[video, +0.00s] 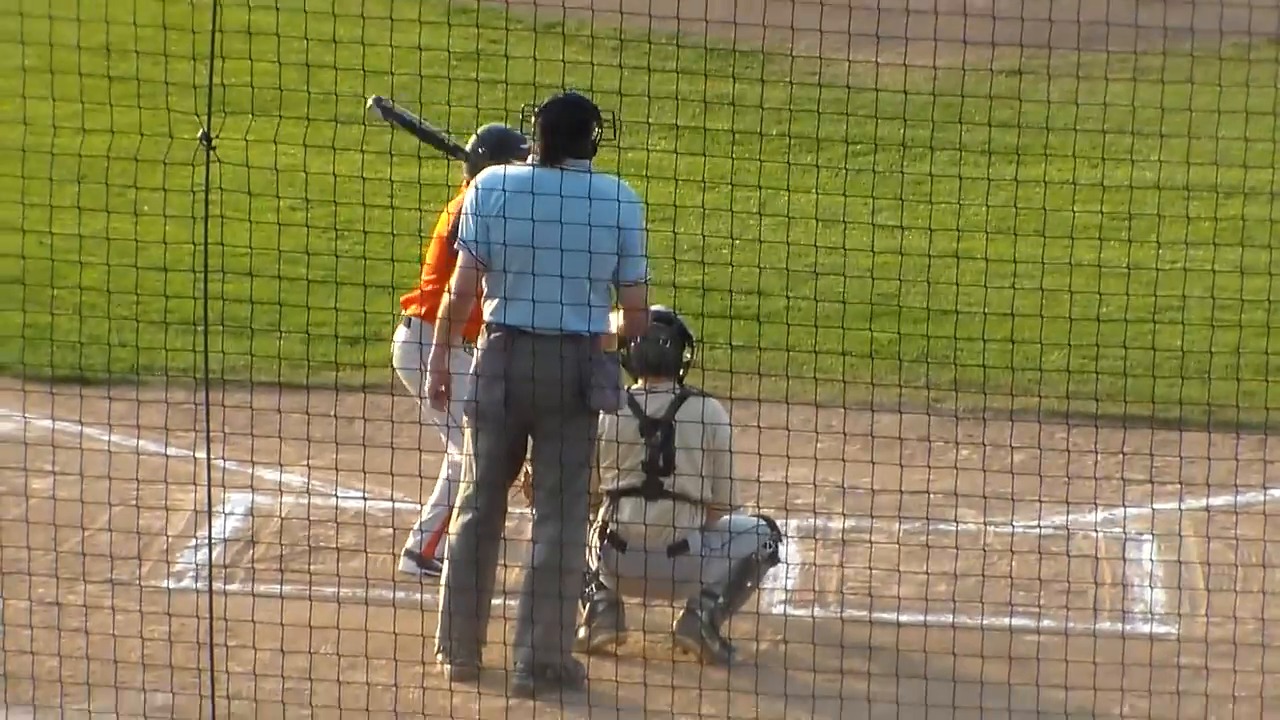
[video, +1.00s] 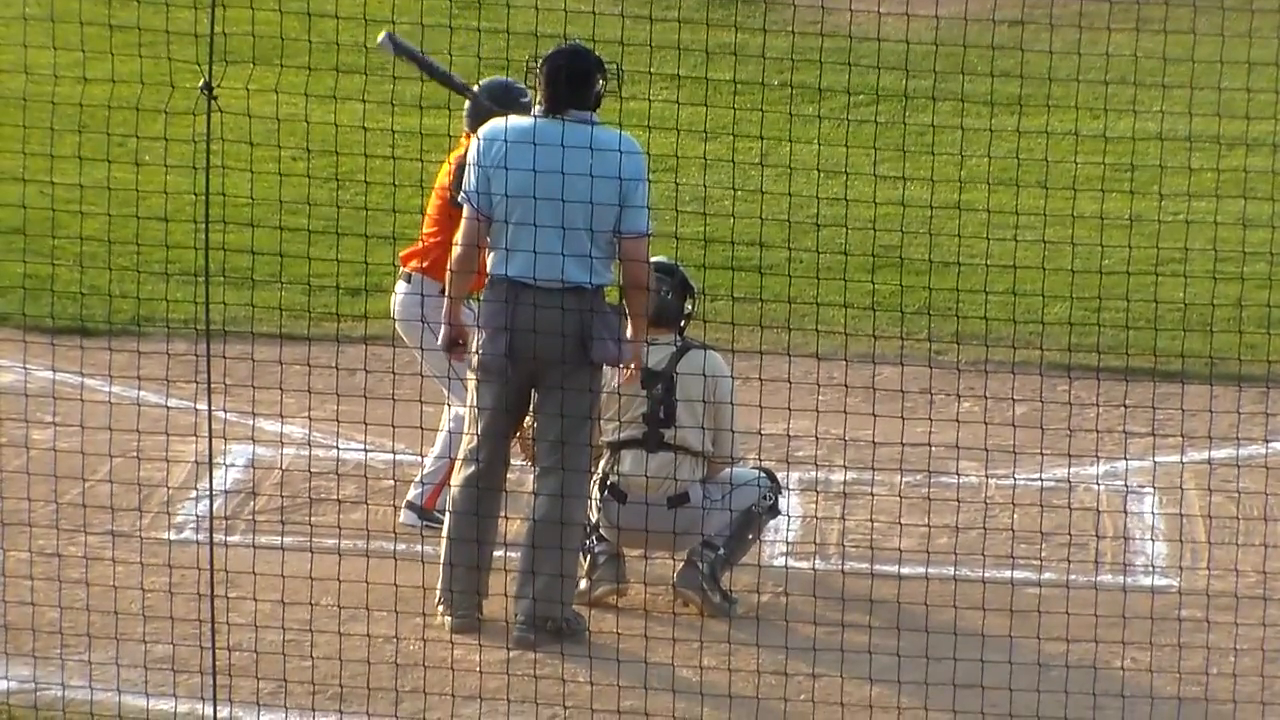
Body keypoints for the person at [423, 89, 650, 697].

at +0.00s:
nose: (592, 145)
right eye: (594, 138)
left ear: (538, 138)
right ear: (593, 142)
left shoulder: (492, 186)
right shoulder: (621, 201)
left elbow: (462, 290)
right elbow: (636, 315)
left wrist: (440, 357)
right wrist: (610, 341)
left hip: (501, 359)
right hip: (575, 364)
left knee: (478, 504)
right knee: (561, 512)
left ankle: (460, 650)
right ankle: (542, 661)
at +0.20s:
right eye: (592, 115)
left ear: (539, 115)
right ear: (593, 119)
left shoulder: (493, 164)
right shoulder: (622, 178)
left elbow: (464, 264)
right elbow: (639, 286)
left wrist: (435, 330)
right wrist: (646, 383)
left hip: (503, 337)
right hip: (575, 343)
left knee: (481, 478)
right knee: (563, 489)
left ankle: (461, 623)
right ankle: (544, 635)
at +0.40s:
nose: (594, 114)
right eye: (597, 106)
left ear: (539, 105)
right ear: (595, 110)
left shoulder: (493, 152)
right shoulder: (621, 167)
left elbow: (462, 254)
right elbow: (639, 277)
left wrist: (439, 327)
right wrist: (647, 372)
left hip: (502, 326)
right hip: (575, 332)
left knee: (480, 470)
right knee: (562, 479)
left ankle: (458, 615)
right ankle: (542, 625)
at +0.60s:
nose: (605, 101)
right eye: (604, 94)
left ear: (543, 91)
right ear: (599, 97)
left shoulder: (496, 139)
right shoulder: (624, 155)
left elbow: (469, 244)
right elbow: (634, 264)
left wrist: (449, 316)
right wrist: (636, 348)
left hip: (506, 314)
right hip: (579, 321)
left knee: (481, 459)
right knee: (564, 467)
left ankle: (460, 602)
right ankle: (544, 613)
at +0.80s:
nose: (603, 98)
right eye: (602, 90)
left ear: (543, 90)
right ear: (598, 94)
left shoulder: (497, 138)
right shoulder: (625, 153)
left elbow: (470, 243)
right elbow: (634, 263)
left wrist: (456, 308)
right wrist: (631, 328)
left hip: (506, 311)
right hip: (579, 317)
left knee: (481, 456)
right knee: (564, 465)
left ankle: (460, 601)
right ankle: (543, 612)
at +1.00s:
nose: (603, 97)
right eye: (602, 89)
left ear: (542, 89)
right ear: (597, 93)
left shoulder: (496, 137)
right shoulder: (624, 151)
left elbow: (469, 242)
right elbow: (634, 260)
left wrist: (453, 308)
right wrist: (636, 337)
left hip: (505, 311)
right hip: (578, 318)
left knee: (481, 456)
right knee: (564, 466)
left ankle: (459, 600)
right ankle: (544, 612)